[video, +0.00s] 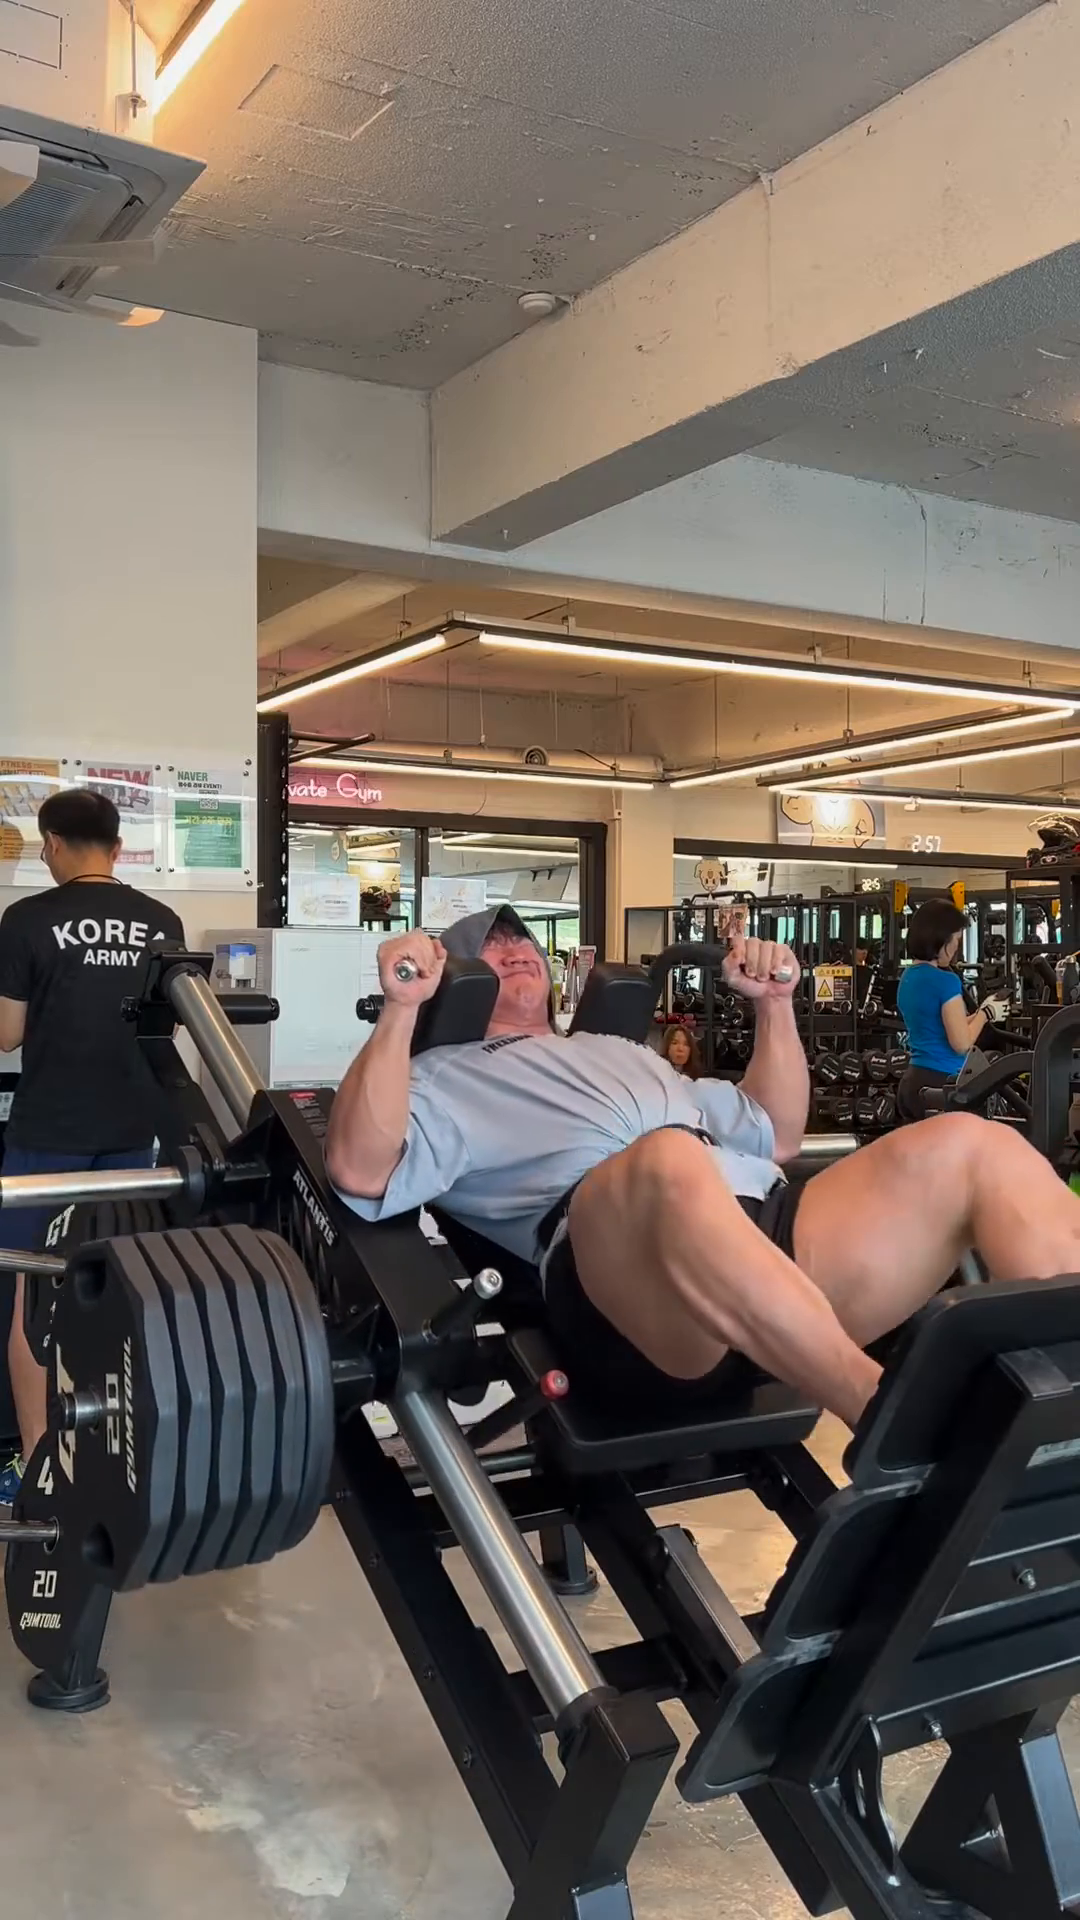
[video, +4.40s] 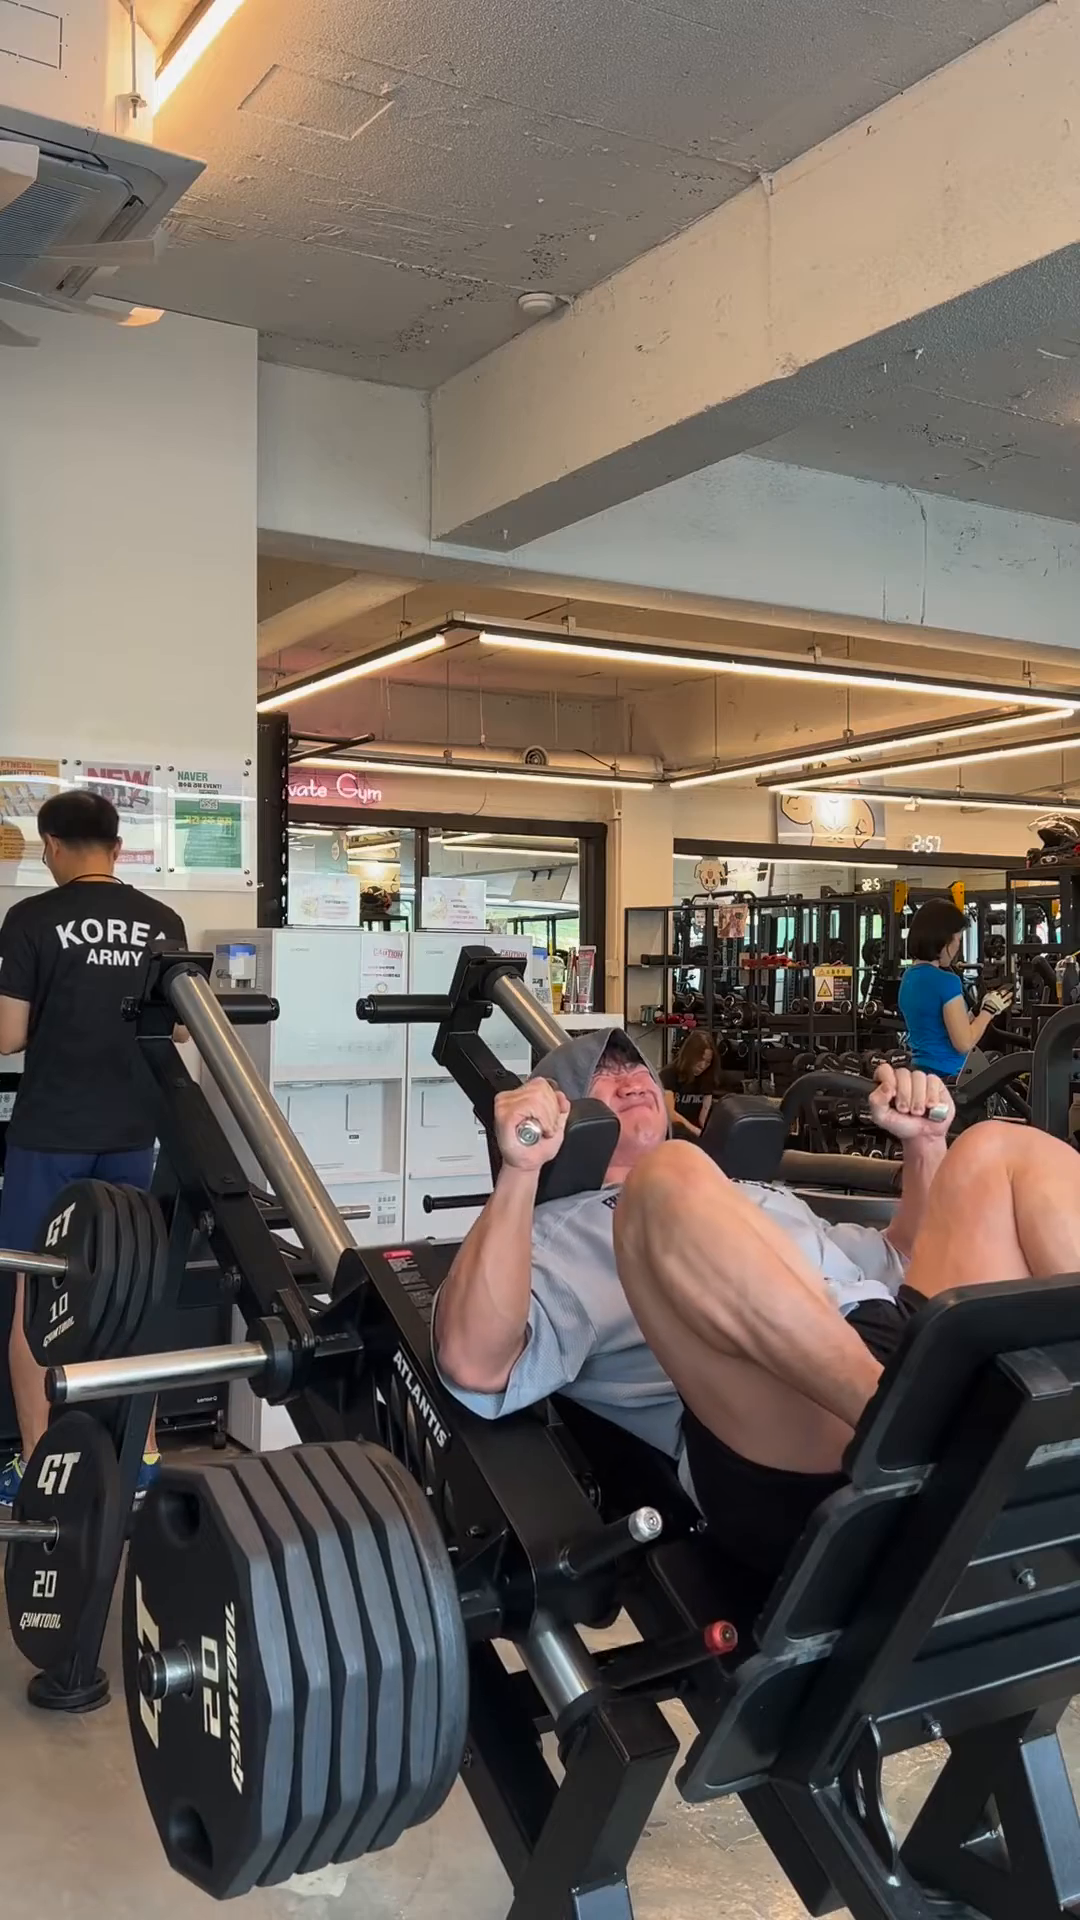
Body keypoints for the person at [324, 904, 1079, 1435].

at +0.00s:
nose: (516, 958)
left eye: (526, 948)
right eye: (493, 951)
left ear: (552, 974)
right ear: (460, 992)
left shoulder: (624, 1057)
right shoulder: (442, 1078)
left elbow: (774, 1135)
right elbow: (358, 1170)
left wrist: (774, 1009)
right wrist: (399, 1011)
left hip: (776, 1253)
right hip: (623, 1308)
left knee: (976, 1149)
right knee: (667, 1166)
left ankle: (1072, 1382)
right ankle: (896, 1424)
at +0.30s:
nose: (486, 909)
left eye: (493, 902)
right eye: (465, 902)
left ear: (511, 934)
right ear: (429, 938)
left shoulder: (586, 1009)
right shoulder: (406, 1028)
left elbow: (726, 1081)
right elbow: (322, 1111)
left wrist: (726, 961)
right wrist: (360, 961)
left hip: (711, 1165)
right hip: (574, 1182)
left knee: (903, 1191)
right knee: (688, 1221)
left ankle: (1076, 1344)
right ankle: (906, 1438)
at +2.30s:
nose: (485, 911)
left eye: (494, 905)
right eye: (464, 906)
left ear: (517, 938)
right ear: (428, 946)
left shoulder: (594, 1007)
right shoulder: (410, 1035)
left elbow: (729, 1088)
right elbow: (327, 1122)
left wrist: (730, 965)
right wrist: (365, 966)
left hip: (718, 1187)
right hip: (572, 1208)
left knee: (918, 1202)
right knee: (688, 1221)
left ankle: (1074, 1365)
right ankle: (904, 1440)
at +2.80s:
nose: (516, 946)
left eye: (526, 938)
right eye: (493, 940)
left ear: (550, 969)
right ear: (454, 983)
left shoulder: (624, 1049)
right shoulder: (441, 1076)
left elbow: (773, 1135)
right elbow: (357, 1171)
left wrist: (772, 1004)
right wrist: (398, 1010)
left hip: (771, 1261)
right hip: (618, 1311)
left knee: (968, 1161)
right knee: (675, 1167)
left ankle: (1072, 1387)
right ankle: (900, 1427)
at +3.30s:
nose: (564, 997)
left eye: (572, 986)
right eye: (538, 985)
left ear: (592, 1024)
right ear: (486, 1025)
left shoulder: (672, 1108)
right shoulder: (484, 1144)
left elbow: (833, 1192)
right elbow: (401, 1245)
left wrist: (829, 1060)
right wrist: (447, 1067)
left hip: (837, 1342)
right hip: (686, 1404)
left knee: (997, 1146)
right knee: (678, 1157)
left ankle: (1065, 1393)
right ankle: (888, 1408)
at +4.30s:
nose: (626, 1074)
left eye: (632, 1059)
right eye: (596, 1067)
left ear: (658, 1093)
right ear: (554, 1109)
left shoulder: (755, 1194)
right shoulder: (550, 1237)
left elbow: (897, 1269)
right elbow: (471, 1359)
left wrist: (918, 1146)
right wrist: (513, 1173)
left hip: (911, 1387)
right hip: (777, 1477)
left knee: (1000, 1149)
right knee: (667, 1176)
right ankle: (889, 1413)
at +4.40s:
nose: (629, 1077)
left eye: (635, 1063)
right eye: (599, 1072)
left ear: (662, 1096)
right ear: (559, 1114)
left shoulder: (763, 1200)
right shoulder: (555, 1239)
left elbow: (902, 1270)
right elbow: (474, 1364)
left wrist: (921, 1153)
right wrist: (516, 1177)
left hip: (917, 1395)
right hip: (781, 1481)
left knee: (1001, 1148)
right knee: (667, 1177)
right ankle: (892, 1417)